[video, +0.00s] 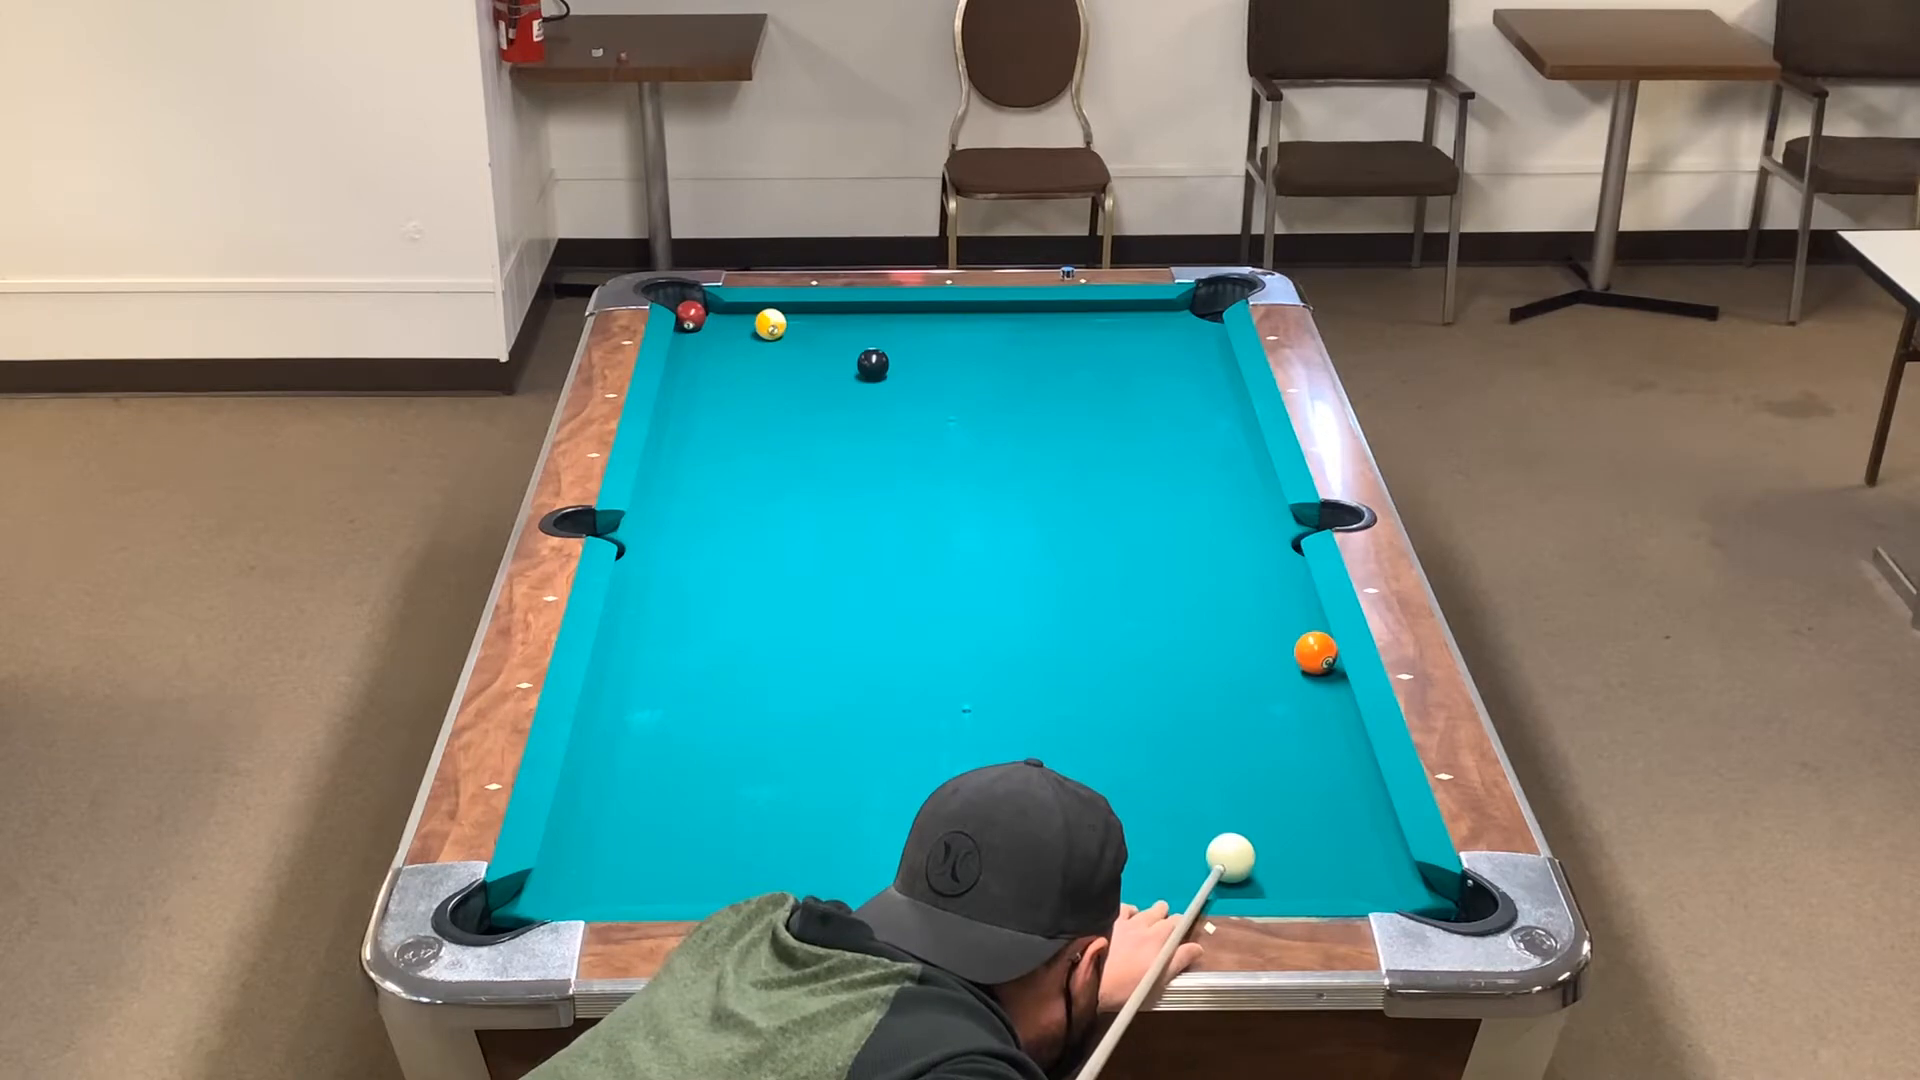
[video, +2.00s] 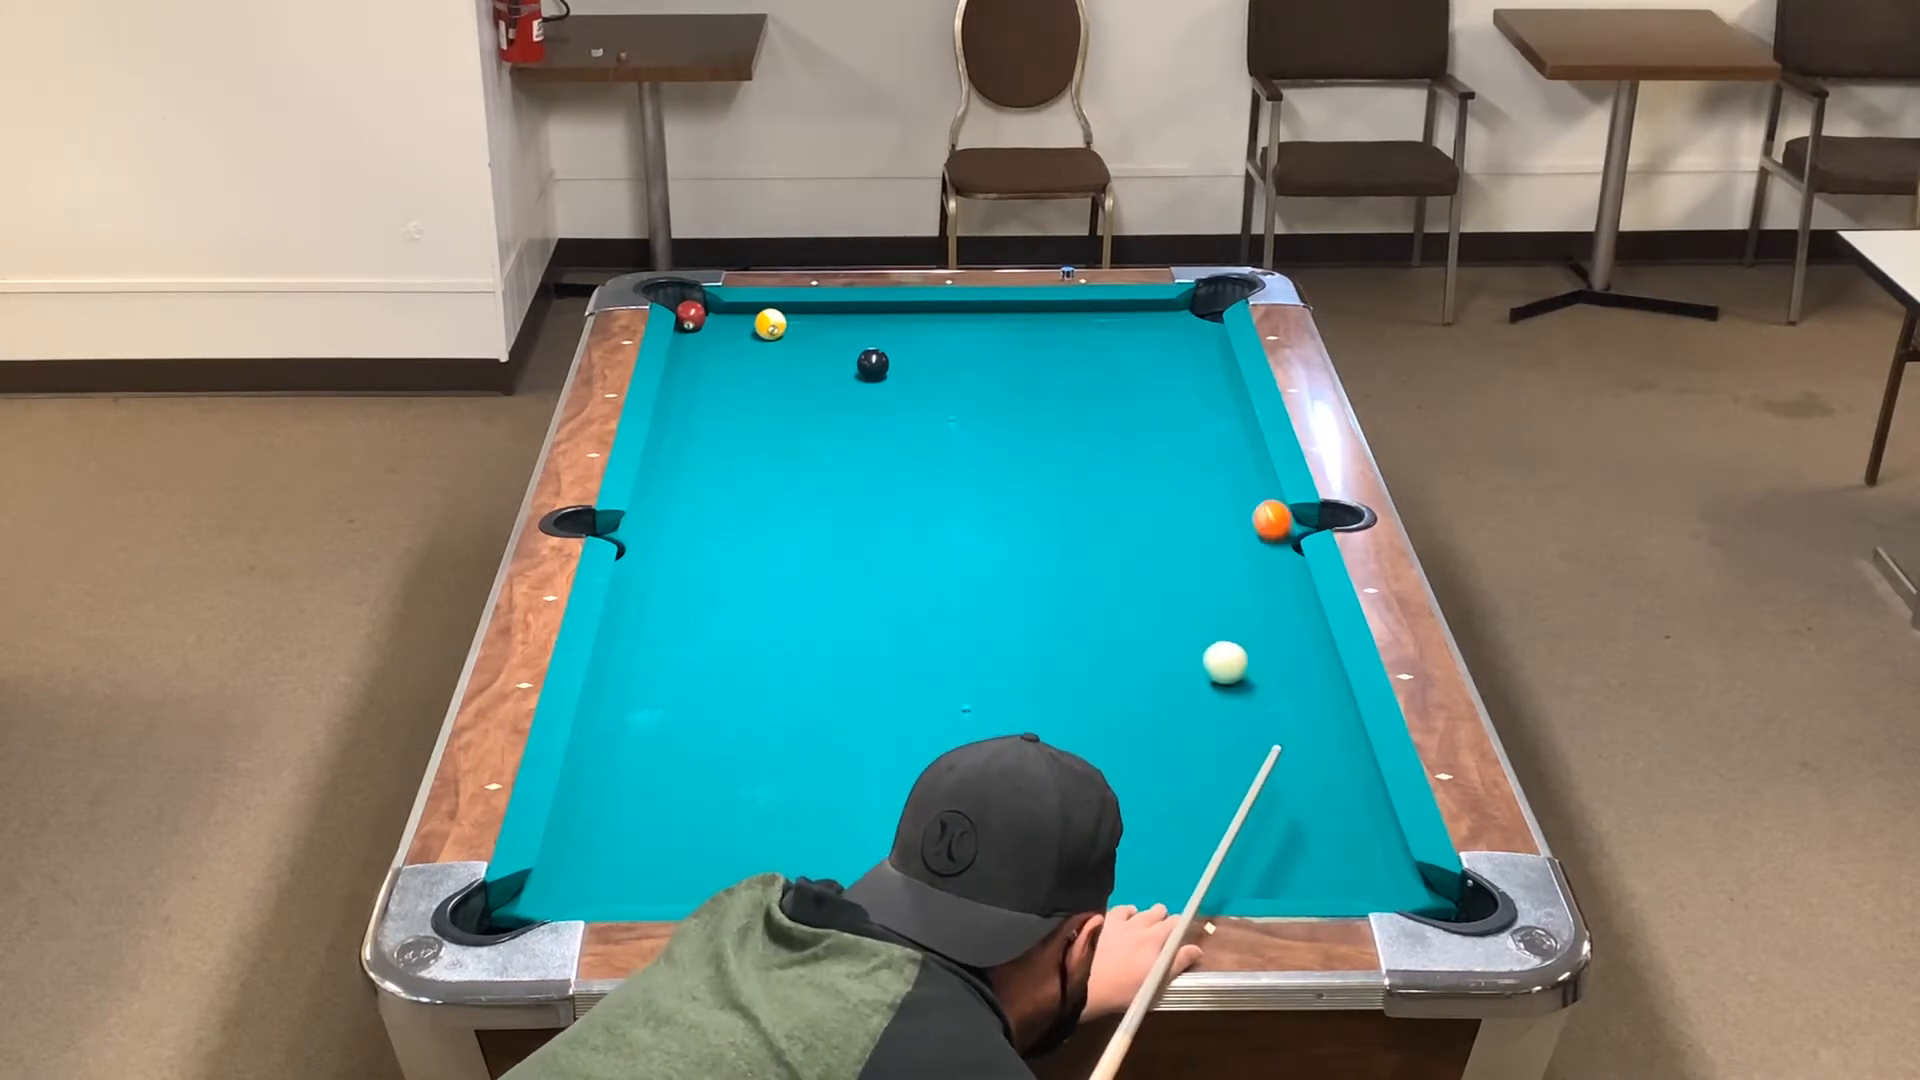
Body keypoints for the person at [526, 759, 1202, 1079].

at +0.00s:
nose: (1107, 953)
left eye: (1106, 941)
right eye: (1107, 942)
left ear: (908, 878)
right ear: (1081, 966)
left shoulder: (751, 922)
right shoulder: (962, 1061)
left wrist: (1075, 1001)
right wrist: (1103, 1018)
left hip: (559, 1066)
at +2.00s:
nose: (1092, 935)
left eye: (1095, 925)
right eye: (1092, 921)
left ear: (903, 850)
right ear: (1073, 940)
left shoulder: (749, 905)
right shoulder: (958, 1050)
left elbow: (904, 993)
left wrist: (1066, 990)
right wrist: (1093, 1001)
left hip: (548, 1063)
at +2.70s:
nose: (1068, 874)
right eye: (1069, 853)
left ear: (878, 786)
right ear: (1055, 867)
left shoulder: (754, 857)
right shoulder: (966, 1031)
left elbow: (859, 1004)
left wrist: (1059, 985)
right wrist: (1074, 988)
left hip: (510, 1052)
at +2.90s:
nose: (1056, 751)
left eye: (1053, 729)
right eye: (1057, 733)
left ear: (854, 688)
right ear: (1040, 759)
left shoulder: (750, 793)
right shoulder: (967, 971)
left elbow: (821, 947)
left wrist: (1057, 972)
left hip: (465, 1044)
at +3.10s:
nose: (1019, 613)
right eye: (1023, 592)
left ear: (806, 578)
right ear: (1003, 620)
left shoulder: (709, 709)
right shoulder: (942, 862)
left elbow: (800, 892)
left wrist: (1040, 955)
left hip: (430, 1048)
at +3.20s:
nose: (991, 552)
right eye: (991, 531)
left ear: (779, 519)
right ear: (974, 557)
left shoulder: (675, 670)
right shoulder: (926, 807)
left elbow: (773, 886)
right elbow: (885, 1068)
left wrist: (1026, 954)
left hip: (417, 1053)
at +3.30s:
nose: (962, 483)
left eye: (953, 458)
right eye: (959, 463)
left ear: (752, 461)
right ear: (942, 491)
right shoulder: (900, 755)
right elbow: (870, 1061)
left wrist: (1016, 952)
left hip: (425, 1047)